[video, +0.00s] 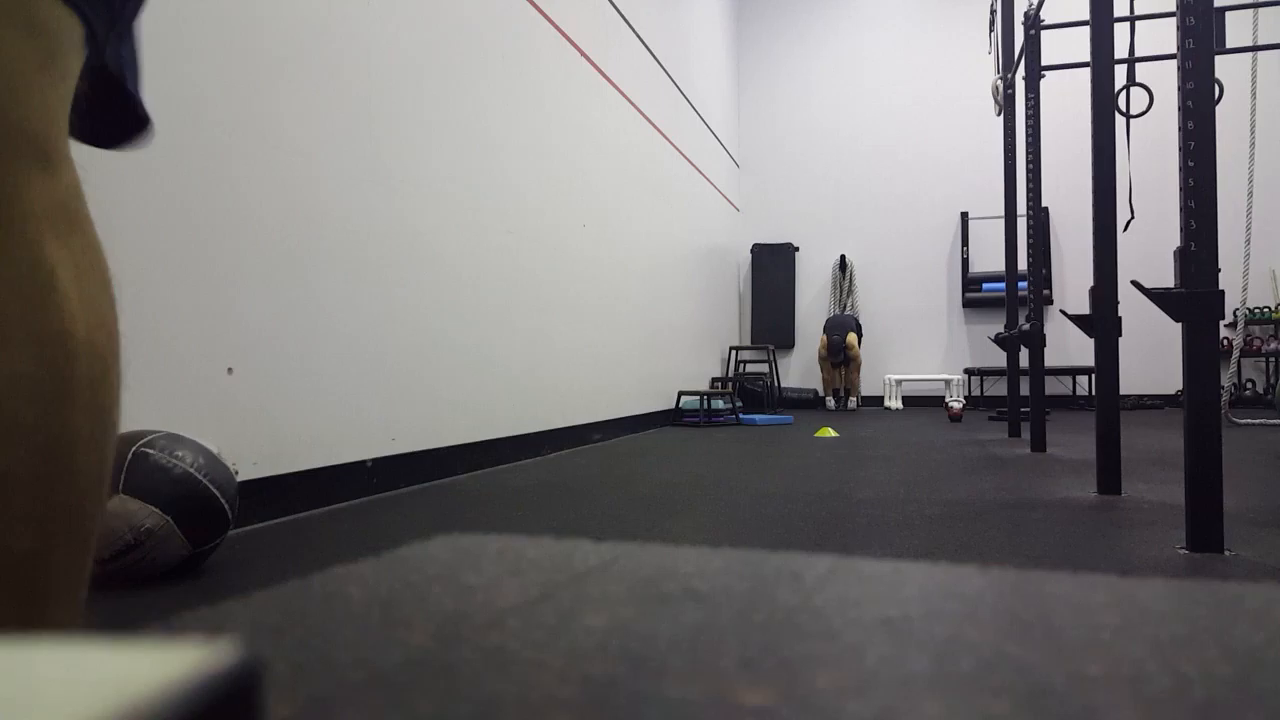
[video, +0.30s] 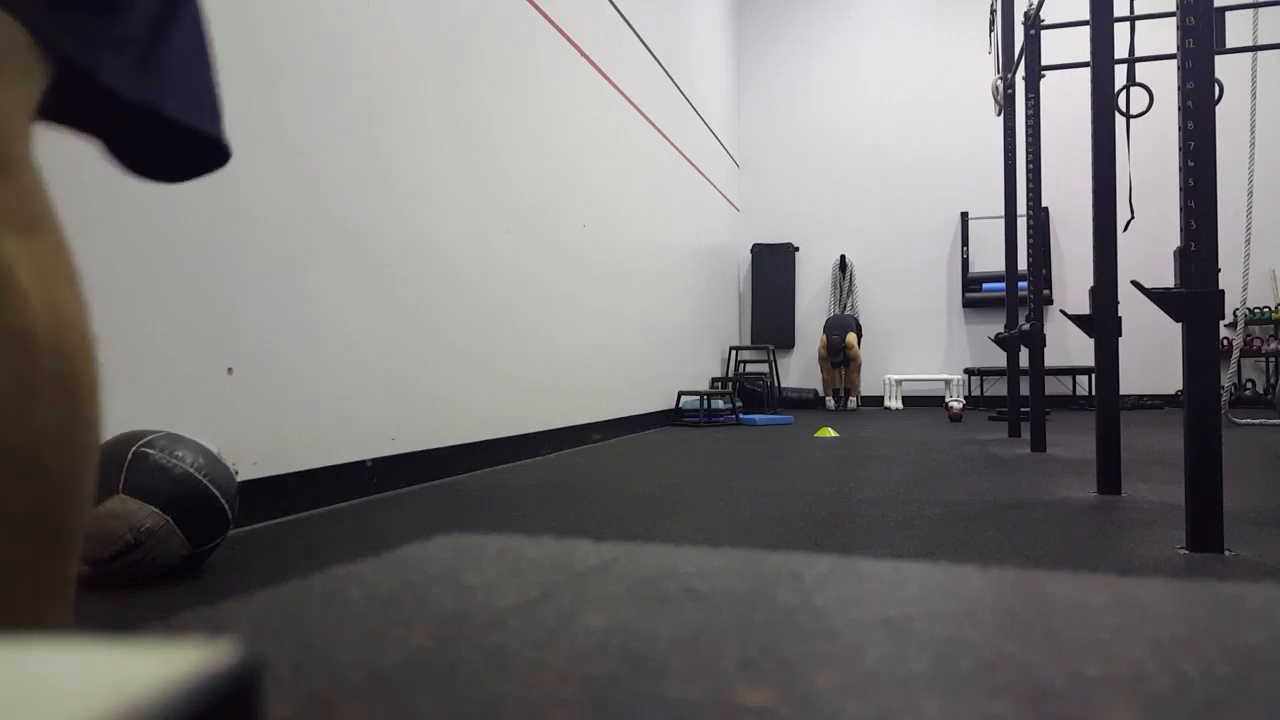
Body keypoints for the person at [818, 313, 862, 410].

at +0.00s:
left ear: (844, 348)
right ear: (828, 349)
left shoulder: (853, 345)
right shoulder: (823, 346)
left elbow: (855, 373)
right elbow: (826, 373)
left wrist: (853, 398)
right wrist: (829, 397)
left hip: (852, 322)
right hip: (830, 322)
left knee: (848, 366)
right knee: (834, 367)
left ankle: (848, 398)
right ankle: (835, 397)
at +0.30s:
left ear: (843, 347)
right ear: (828, 348)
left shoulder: (852, 344)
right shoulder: (823, 346)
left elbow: (855, 372)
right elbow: (826, 373)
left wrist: (853, 397)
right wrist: (828, 397)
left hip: (852, 322)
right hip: (830, 322)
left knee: (848, 366)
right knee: (834, 367)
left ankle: (848, 398)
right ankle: (835, 397)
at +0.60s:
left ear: (843, 348)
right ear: (828, 349)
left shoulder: (852, 345)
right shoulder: (823, 346)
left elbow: (855, 372)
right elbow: (825, 373)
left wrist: (853, 397)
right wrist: (828, 397)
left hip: (853, 322)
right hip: (830, 323)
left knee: (848, 365)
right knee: (834, 367)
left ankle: (848, 398)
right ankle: (835, 397)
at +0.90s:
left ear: (844, 348)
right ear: (829, 350)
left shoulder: (853, 345)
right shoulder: (823, 346)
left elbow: (859, 373)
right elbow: (823, 374)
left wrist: (854, 398)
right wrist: (828, 397)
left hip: (853, 323)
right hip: (831, 323)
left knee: (849, 367)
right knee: (834, 367)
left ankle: (848, 399)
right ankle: (834, 397)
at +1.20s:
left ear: (845, 349)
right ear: (829, 350)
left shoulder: (853, 345)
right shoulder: (824, 345)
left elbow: (859, 372)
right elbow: (823, 374)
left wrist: (856, 398)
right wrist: (828, 397)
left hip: (853, 323)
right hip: (831, 324)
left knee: (849, 367)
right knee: (834, 367)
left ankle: (849, 398)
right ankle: (835, 397)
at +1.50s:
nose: (835, 342)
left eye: (837, 340)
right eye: (832, 340)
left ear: (843, 333)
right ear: (827, 334)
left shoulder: (852, 331)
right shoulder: (822, 334)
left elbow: (860, 356)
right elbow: (822, 360)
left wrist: (860, 378)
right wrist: (823, 382)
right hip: (832, 343)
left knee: (850, 368)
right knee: (835, 369)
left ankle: (848, 398)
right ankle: (835, 398)